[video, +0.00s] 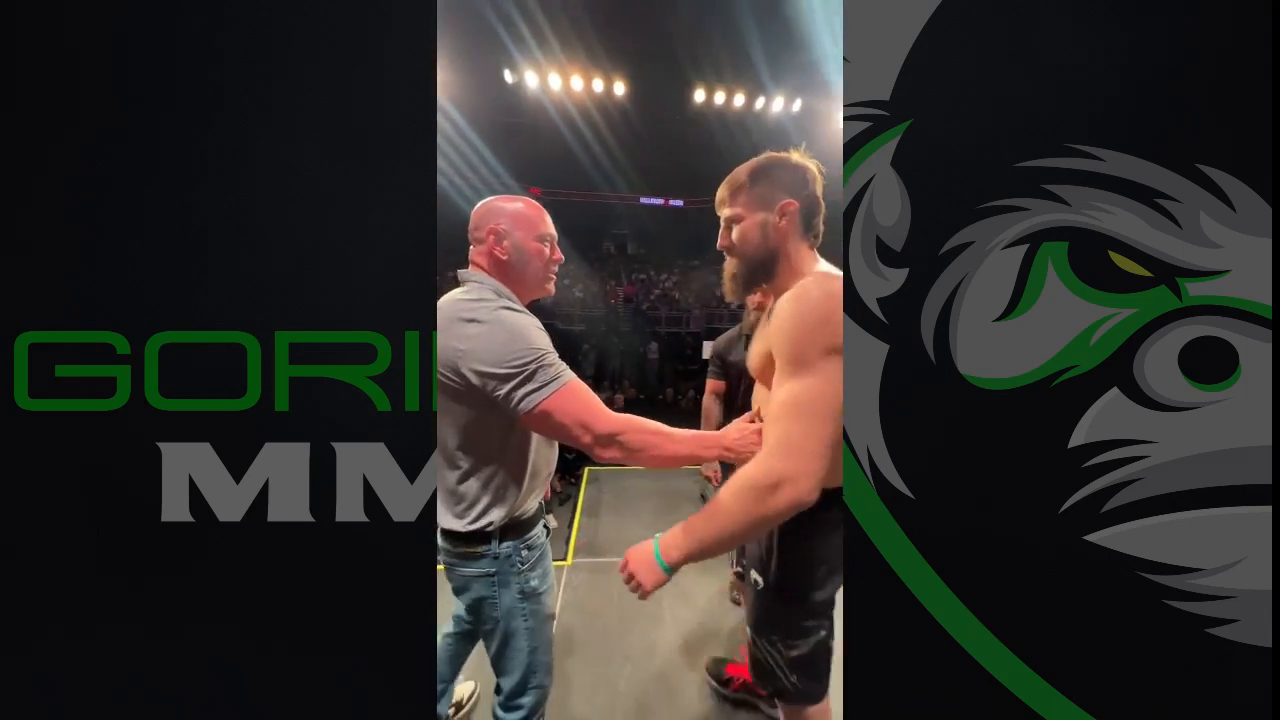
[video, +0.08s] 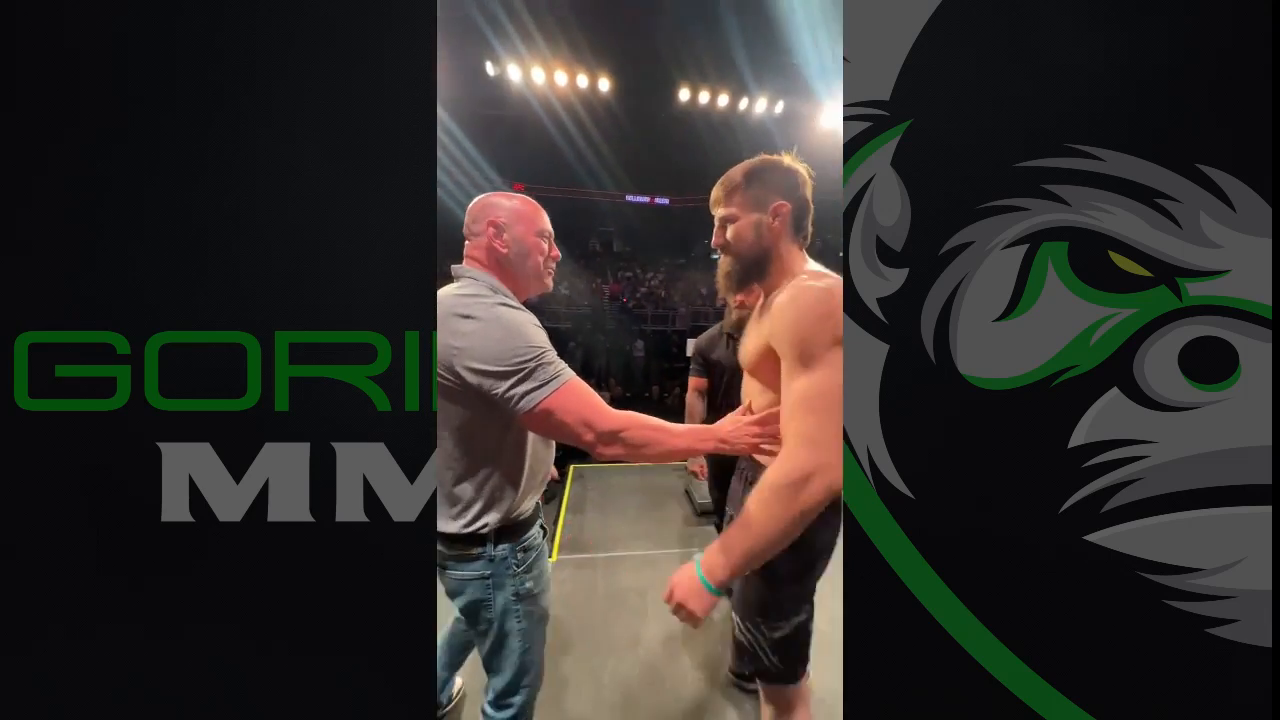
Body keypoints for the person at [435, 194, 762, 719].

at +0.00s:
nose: (558, 255)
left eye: (555, 241)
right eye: (544, 242)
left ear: (494, 249)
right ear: (495, 246)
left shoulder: (458, 309)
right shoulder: (497, 327)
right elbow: (601, 434)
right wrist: (718, 444)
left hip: (468, 529)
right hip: (502, 544)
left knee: (467, 622)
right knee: (523, 692)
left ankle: (433, 696)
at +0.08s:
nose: (555, 252)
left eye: (553, 240)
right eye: (542, 238)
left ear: (491, 241)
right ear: (494, 238)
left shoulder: (453, 303)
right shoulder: (494, 323)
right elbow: (601, 430)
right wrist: (716, 436)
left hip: (461, 533)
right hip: (496, 547)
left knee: (472, 620)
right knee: (513, 692)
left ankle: (435, 690)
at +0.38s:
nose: (539, 247)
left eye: (537, 234)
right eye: (530, 232)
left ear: (483, 227)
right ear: (489, 226)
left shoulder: (447, 284)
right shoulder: (481, 309)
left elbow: (460, 380)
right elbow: (606, 394)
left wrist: (510, 428)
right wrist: (699, 398)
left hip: (490, 517)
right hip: (463, 545)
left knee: (510, 589)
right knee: (459, 690)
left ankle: (497, 674)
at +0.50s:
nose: (535, 249)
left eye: (534, 236)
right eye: (527, 234)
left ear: (482, 229)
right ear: (491, 226)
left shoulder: (446, 285)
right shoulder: (487, 311)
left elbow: (458, 381)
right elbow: (604, 385)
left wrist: (500, 439)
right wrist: (686, 388)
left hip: (484, 514)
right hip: (460, 538)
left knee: (508, 597)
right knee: (447, 688)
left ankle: (534, 668)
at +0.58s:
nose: (534, 252)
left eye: (533, 239)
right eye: (527, 237)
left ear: (475, 233)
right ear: (492, 231)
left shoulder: (445, 289)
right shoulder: (492, 310)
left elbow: (547, 373)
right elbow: (604, 379)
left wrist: (616, 382)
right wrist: (683, 382)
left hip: (477, 515)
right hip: (462, 531)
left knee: (508, 601)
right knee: (445, 680)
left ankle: (542, 670)